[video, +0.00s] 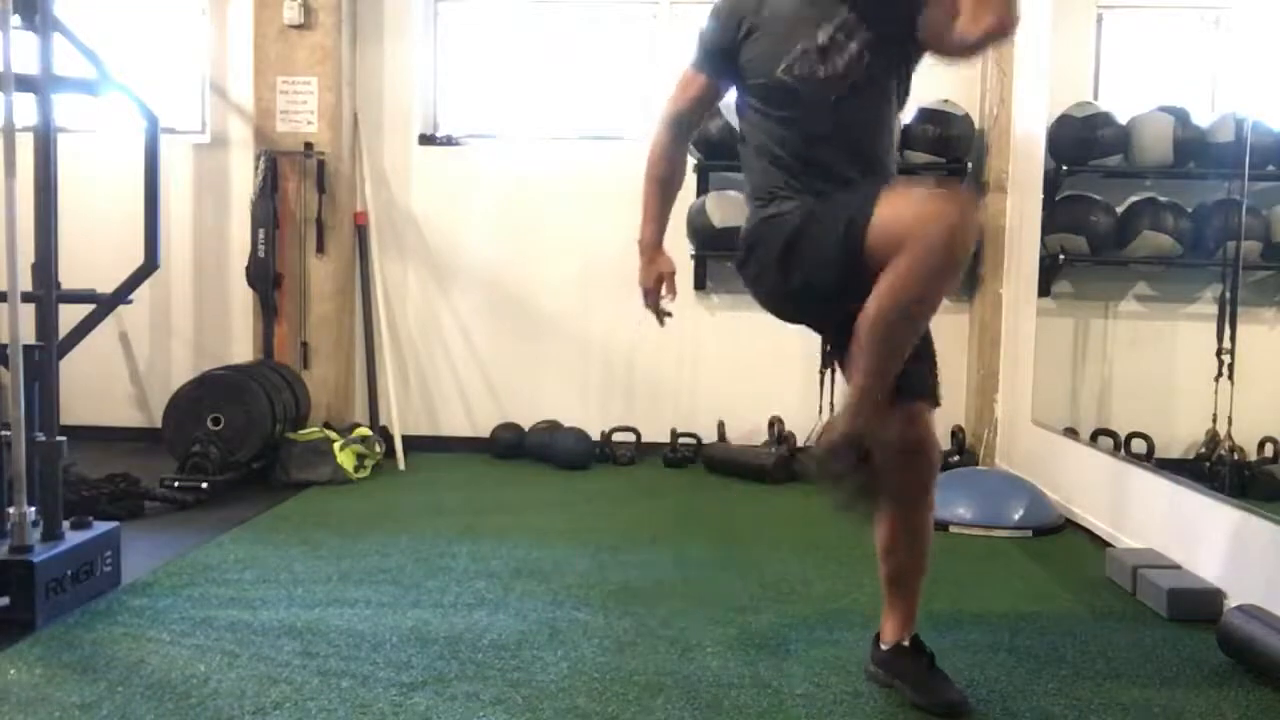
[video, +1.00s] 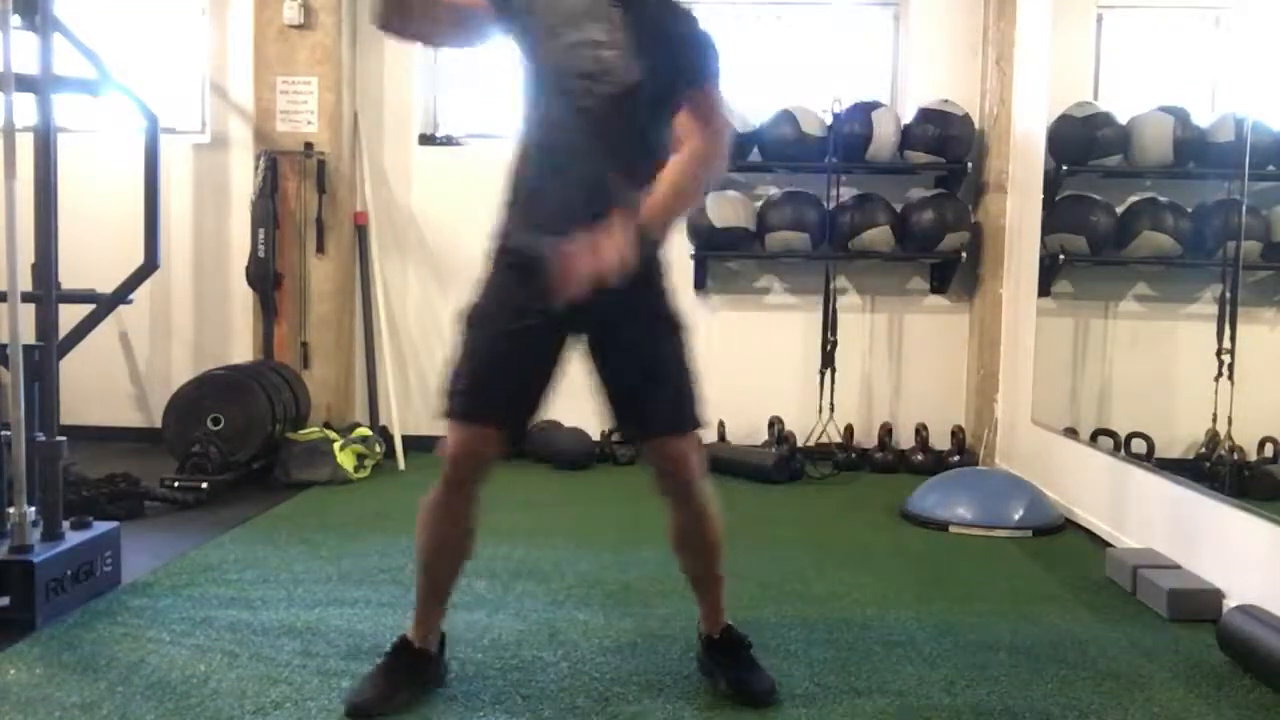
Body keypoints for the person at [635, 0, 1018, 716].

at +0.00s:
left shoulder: (903, 8)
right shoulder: (747, 11)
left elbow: (974, 26)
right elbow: (676, 122)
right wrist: (651, 243)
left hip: (875, 238)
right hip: (783, 231)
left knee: (909, 441)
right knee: (946, 213)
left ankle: (896, 643)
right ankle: (851, 428)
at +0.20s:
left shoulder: (903, 42)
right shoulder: (756, 39)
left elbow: (965, 109)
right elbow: (685, 154)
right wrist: (651, 263)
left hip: (878, 278)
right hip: (786, 273)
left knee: (939, 458)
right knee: (956, 200)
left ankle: (898, 646)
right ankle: (912, 428)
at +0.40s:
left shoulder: (873, 20)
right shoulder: (735, 19)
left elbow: (953, 62)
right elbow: (655, 139)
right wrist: (641, 222)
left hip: (856, 266)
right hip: (767, 260)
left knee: (919, 457)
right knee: (859, 414)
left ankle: (899, 649)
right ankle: (731, 583)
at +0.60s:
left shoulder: (812, 15)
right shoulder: (672, 13)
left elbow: (884, 58)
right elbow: (584, 122)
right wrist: (595, 159)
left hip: (787, 276)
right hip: (694, 274)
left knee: (849, 456)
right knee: (701, 467)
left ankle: (875, 648)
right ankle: (644, 637)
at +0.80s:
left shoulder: (776, 17)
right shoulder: (622, 7)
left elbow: (794, 99)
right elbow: (522, 84)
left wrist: (745, 26)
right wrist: (509, 49)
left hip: (719, 268)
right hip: (622, 260)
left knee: (746, 469)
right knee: (580, 455)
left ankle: (725, 635)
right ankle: (576, 625)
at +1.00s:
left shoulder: (669, 24)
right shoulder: (524, 8)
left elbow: (707, 143)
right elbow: (413, 19)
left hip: (627, 262)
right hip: (527, 259)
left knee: (681, 466)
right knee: (462, 458)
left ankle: (719, 637)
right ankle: (419, 646)